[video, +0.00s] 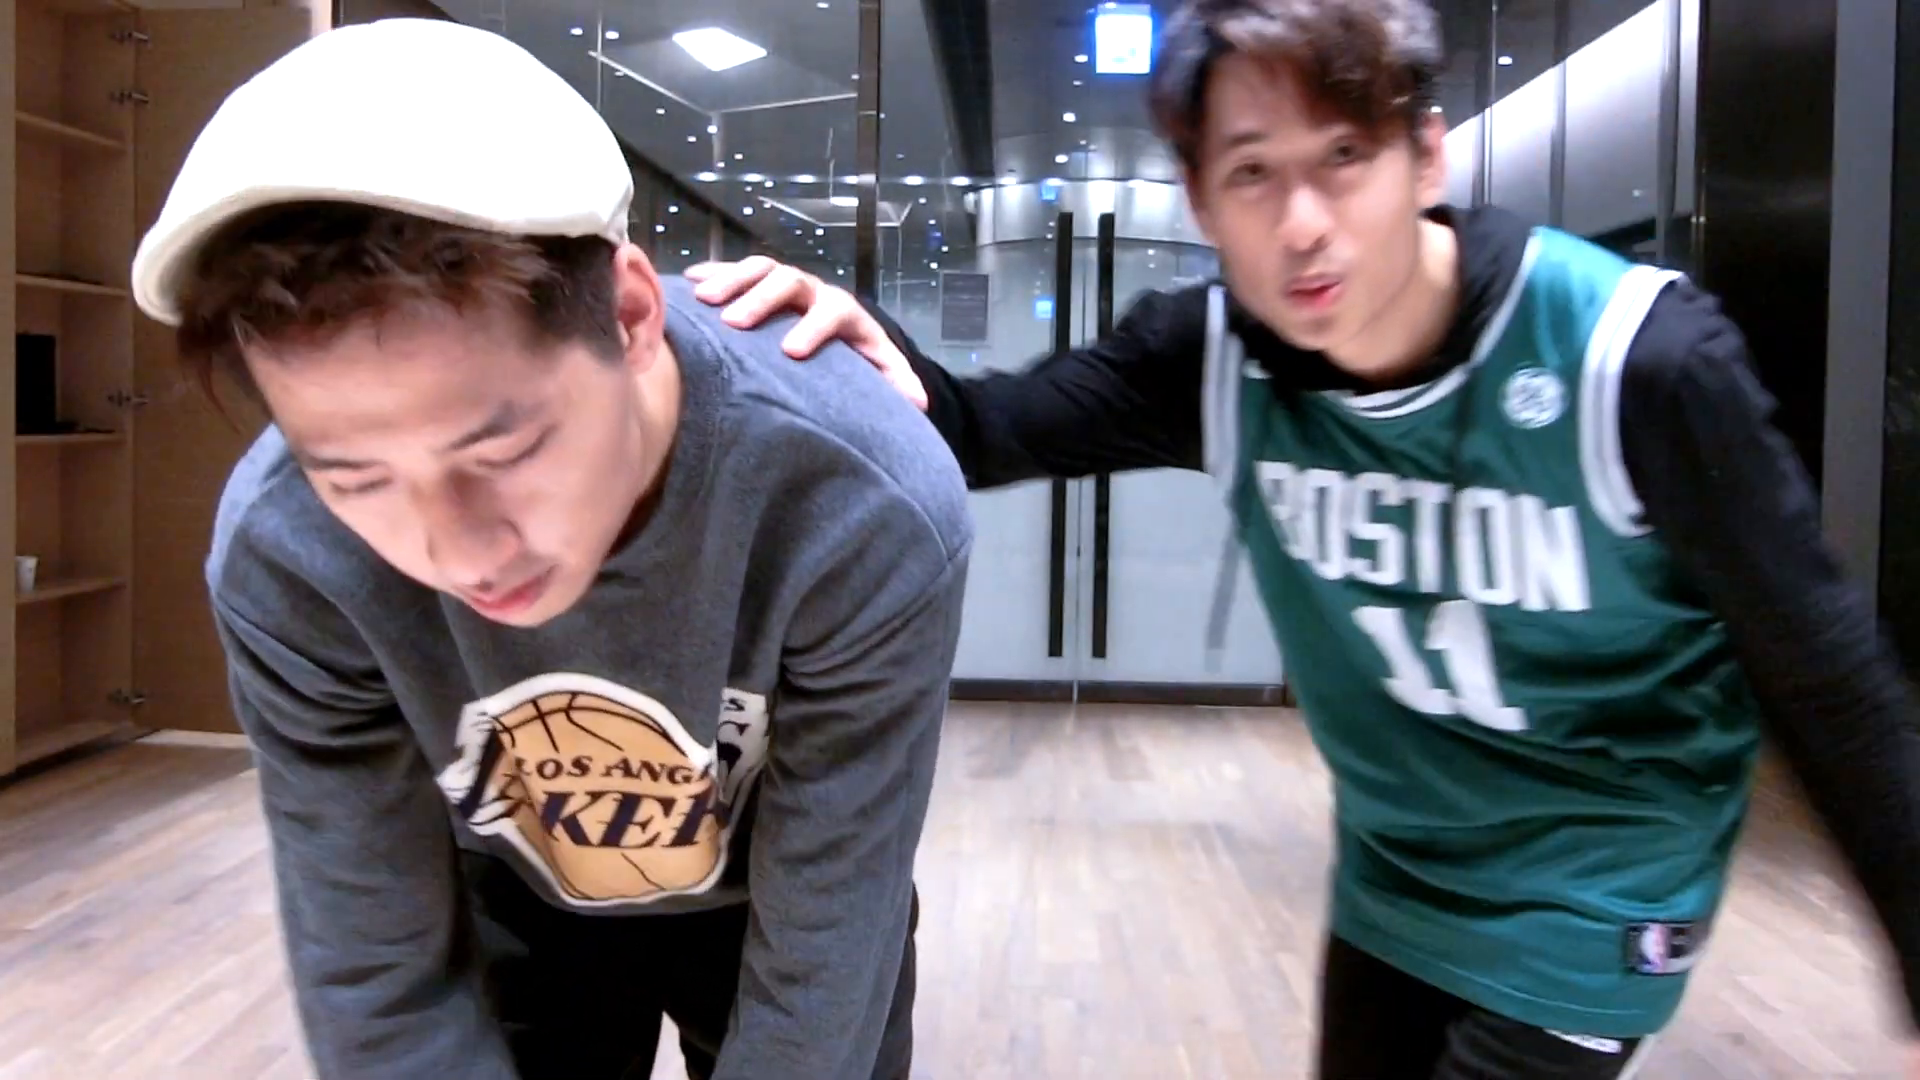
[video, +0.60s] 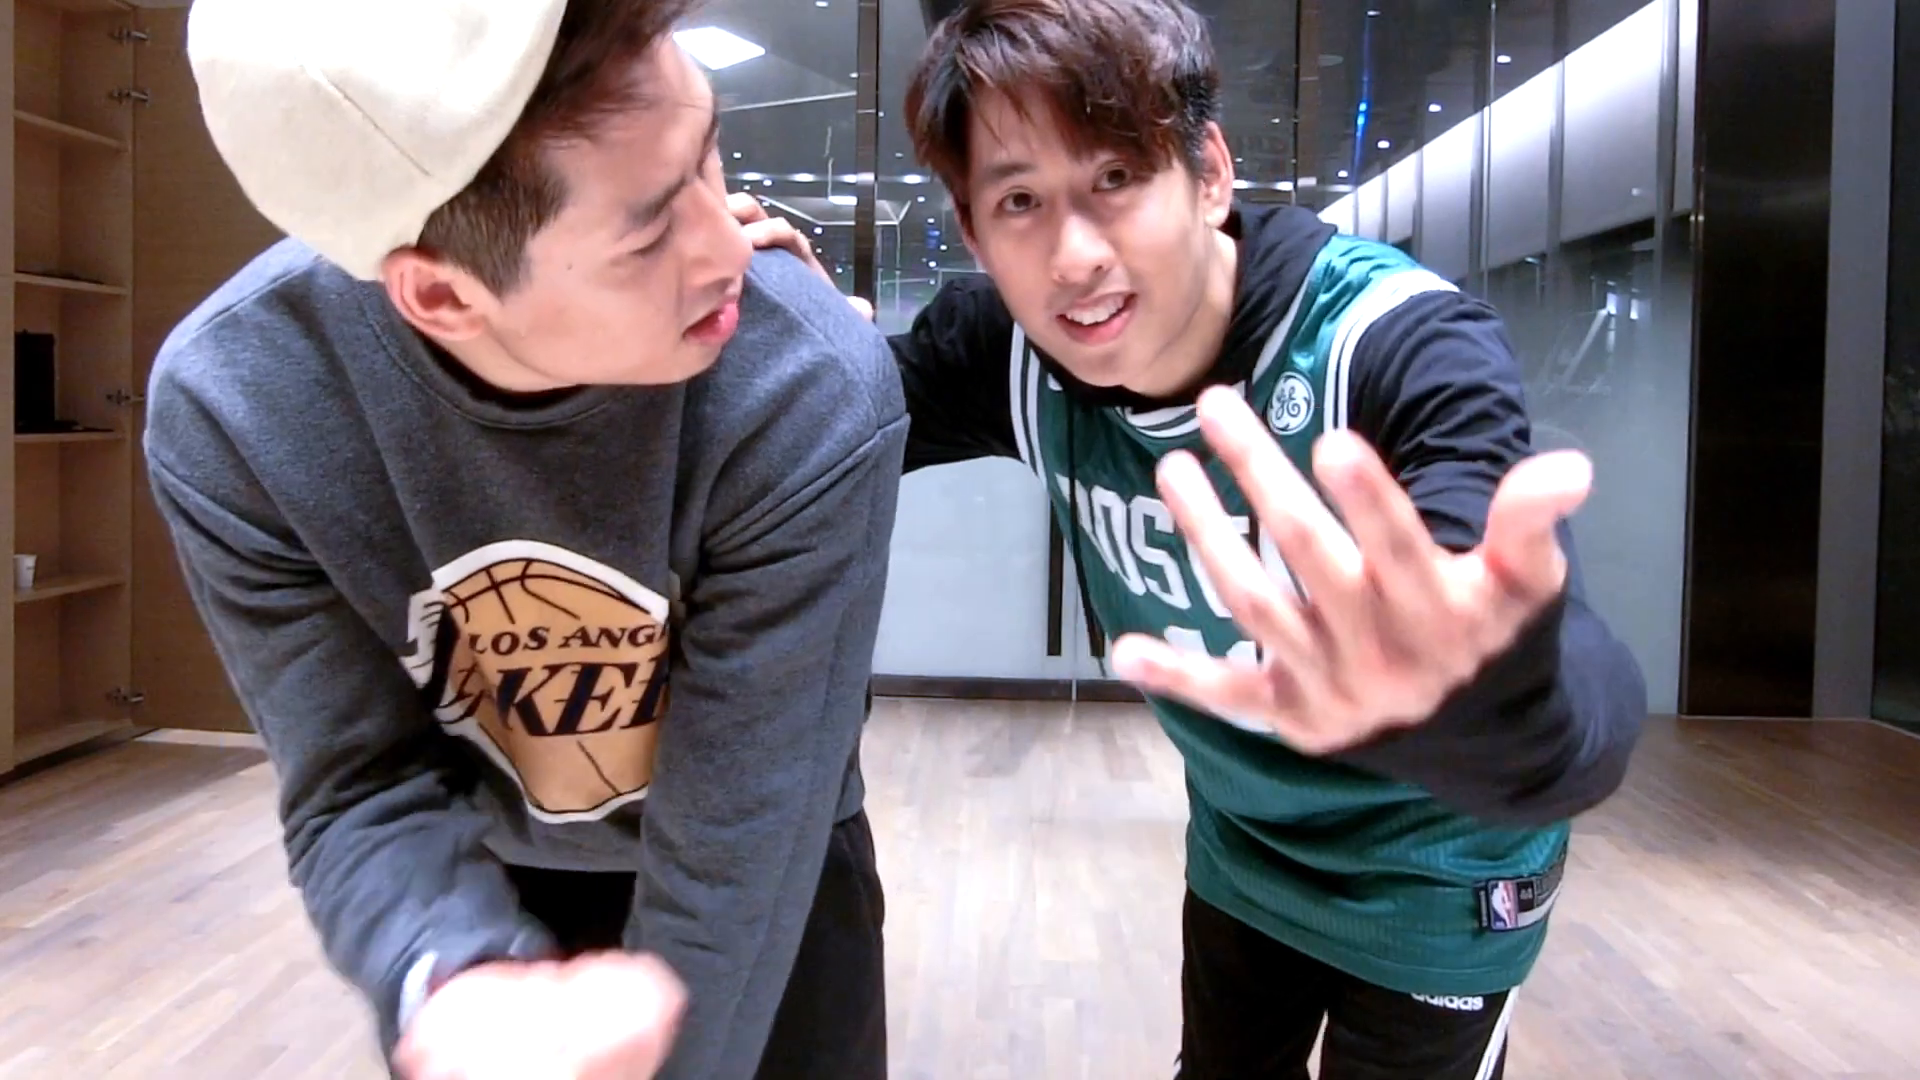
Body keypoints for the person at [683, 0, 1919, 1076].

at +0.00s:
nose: (1303, 225)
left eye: (1341, 164)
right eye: (1251, 179)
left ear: (1426, 159)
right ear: (1199, 205)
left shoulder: (1640, 362)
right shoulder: (1210, 350)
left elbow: (1841, 692)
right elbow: (977, 432)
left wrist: (1916, 983)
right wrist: (854, 347)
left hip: (1594, 879)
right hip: (1391, 849)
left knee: (1482, 1075)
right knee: (1359, 1069)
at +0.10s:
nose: (1235, 244)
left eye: (1277, 173)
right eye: (1180, 190)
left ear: (1370, 165)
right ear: (1132, 211)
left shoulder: (1578, 381)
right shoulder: (1149, 339)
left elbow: (1723, 746)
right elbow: (933, 401)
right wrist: (833, 319)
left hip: (1543, 892)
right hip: (1336, 856)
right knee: (1302, 1065)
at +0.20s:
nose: (1189, 249)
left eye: (1229, 174)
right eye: (1131, 194)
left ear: (1323, 165)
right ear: (1079, 223)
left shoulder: (1520, 389)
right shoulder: (1092, 343)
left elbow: (1611, 789)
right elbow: (874, 455)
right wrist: (835, 351)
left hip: (1493, 935)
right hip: (1298, 896)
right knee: (1286, 1071)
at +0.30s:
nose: (1147, 252)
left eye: (1188, 182)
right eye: (1090, 199)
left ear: (1282, 176)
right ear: (1039, 222)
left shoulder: (1458, 377)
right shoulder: (1059, 345)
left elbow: (1526, 824)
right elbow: (858, 472)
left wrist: (1377, 1067)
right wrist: (833, 357)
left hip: (1454, 891)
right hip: (1276, 867)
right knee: (1261, 1064)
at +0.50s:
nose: (1090, 251)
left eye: (1130, 182)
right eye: (1035, 199)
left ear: (1224, 176)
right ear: (985, 229)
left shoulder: (1406, 357)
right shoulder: (1020, 345)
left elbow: (1548, 724)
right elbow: (835, 398)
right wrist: (779, 304)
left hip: (1417, 933)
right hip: (1228, 889)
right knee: (1227, 1066)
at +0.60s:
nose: (1076, 254)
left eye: (1115, 182)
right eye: (1019, 205)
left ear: (1212, 174)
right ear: (973, 233)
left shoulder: (1397, 343)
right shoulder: (1018, 341)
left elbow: (1574, 744)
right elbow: (838, 402)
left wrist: (1462, 706)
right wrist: (787, 302)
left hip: (1434, 864)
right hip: (1243, 824)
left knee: (1390, 1074)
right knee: (1225, 1063)